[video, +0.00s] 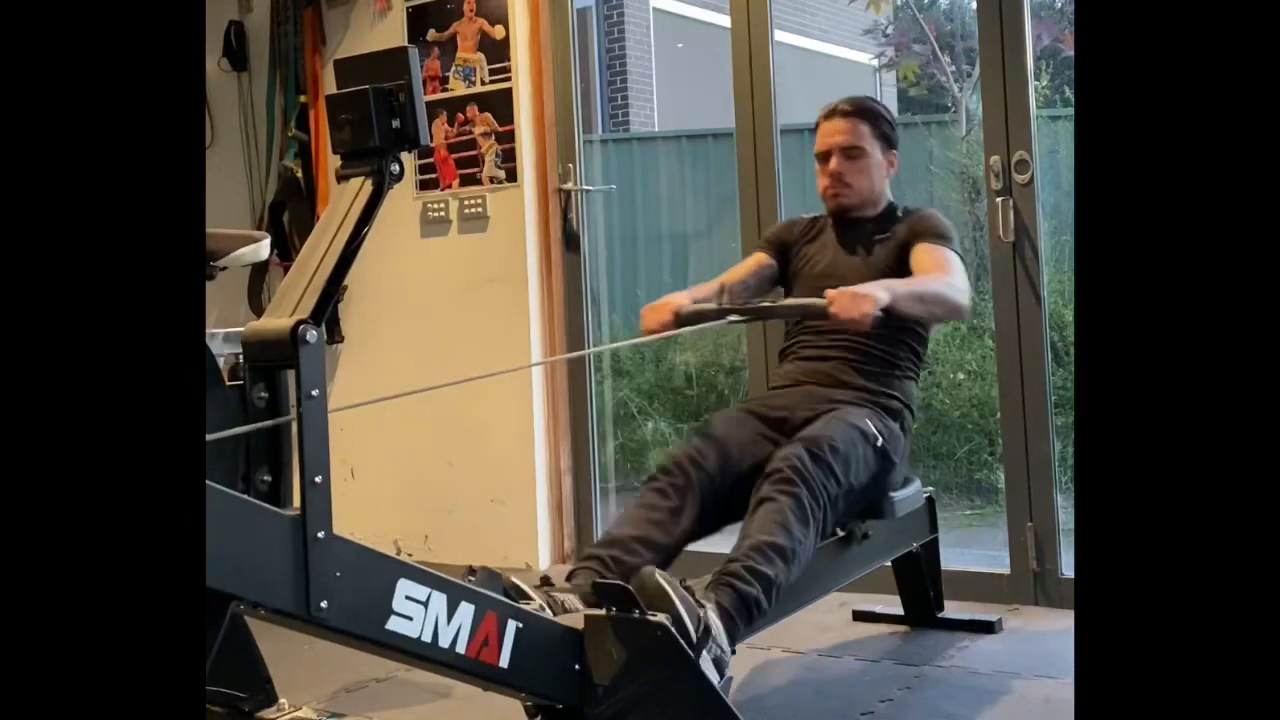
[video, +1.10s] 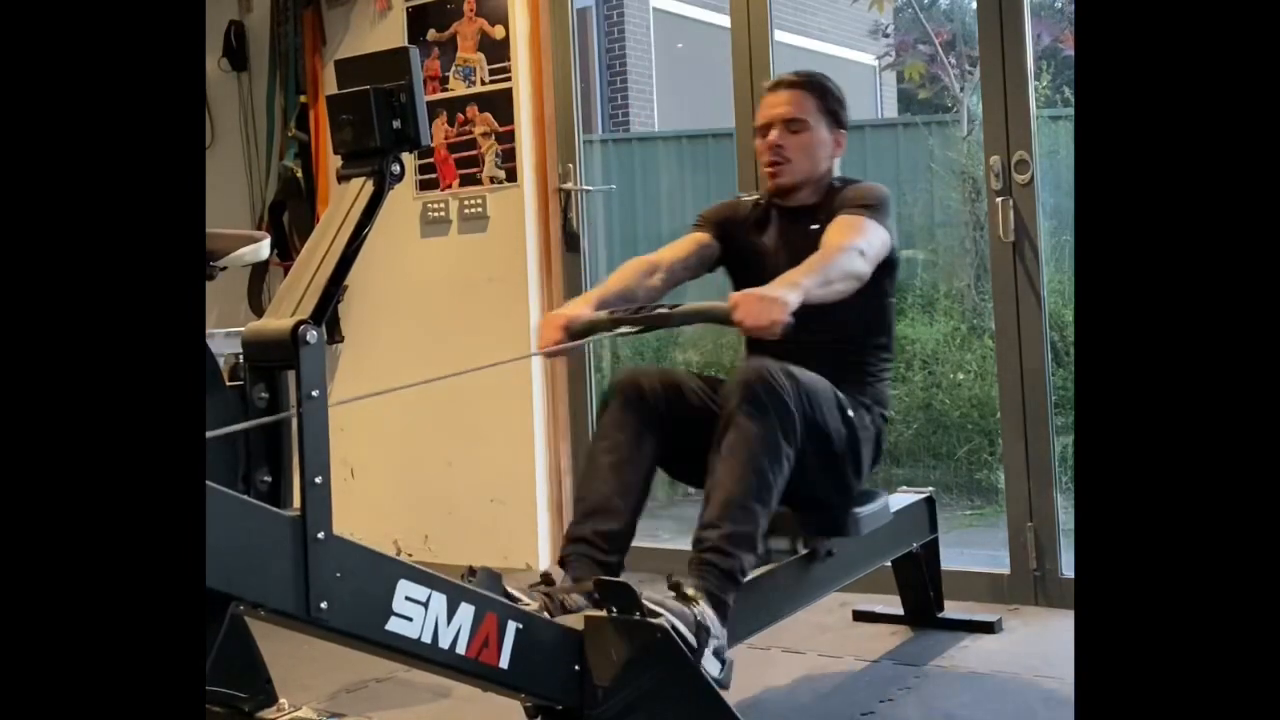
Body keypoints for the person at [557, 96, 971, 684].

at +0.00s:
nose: (832, 170)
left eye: (849, 154)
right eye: (823, 157)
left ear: (891, 161)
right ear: (814, 165)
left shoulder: (919, 229)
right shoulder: (794, 236)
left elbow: (953, 296)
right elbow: (729, 290)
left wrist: (885, 292)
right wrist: (679, 302)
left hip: (865, 407)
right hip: (779, 402)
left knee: (797, 471)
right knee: (691, 464)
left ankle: (717, 622)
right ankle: (580, 592)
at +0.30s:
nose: (787, 167)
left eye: (806, 150)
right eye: (778, 153)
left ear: (850, 153)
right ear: (770, 160)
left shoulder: (899, 231)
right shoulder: (762, 242)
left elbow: (1004, 292)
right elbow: (681, 310)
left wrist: (902, 284)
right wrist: (677, 307)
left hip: (853, 445)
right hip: (756, 433)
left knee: (768, 395)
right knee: (659, 391)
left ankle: (718, 621)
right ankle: (594, 584)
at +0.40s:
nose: (761, 151)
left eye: (778, 134)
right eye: (750, 137)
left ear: (824, 141)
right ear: (740, 145)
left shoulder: (867, 213)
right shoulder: (733, 228)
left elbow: (944, 268)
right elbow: (654, 280)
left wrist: (838, 269)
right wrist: (603, 299)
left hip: (831, 452)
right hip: (737, 442)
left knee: (748, 368)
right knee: (628, 365)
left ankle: (714, 606)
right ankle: (587, 574)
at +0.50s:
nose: (724, 144)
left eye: (743, 126)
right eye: (714, 129)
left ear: (791, 136)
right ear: (704, 137)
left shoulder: (827, 204)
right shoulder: (696, 222)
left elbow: (865, 253)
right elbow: (609, 273)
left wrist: (764, 271)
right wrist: (537, 303)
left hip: (806, 470)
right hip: (712, 466)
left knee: (733, 340)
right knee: (596, 348)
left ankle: (708, 590)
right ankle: (579, 570)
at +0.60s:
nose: (680, 144)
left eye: (702, 125)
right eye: (670, 129)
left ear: (753, 136)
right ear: (662, 138)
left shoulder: (796, 206)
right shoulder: (654, 225)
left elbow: (779, 263)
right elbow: (562, 281)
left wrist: (691, 306)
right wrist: (472, 330)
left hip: (780, 477)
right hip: (683, 475)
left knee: (724, 328)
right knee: (580, 316)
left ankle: (703, 578)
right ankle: (574, 565)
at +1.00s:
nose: (724, 138)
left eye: (745, 122)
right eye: (715, 124)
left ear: (793, 135)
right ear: (706, 135)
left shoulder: (827, 203)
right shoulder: (693, 218)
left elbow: (813, 269)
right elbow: (613, 277)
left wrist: (744, 307)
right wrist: (527, 326)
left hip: (805, 459)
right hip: (714, 455)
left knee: (729, 347)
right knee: (603, 351)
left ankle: (700, 591)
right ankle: (579, 571)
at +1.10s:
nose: (771, 142)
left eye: (791, 127)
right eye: (763, 131)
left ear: (836, 142)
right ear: (753, 143)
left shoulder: (864, 203)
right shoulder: (737, 219)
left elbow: (846, 260)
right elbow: (659, 268)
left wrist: (789, 289)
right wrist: (584, 306)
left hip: (842, 441)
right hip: (751, 427)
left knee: (765, 377)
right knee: (638, 392)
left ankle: (704, 609)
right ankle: (576, 589)